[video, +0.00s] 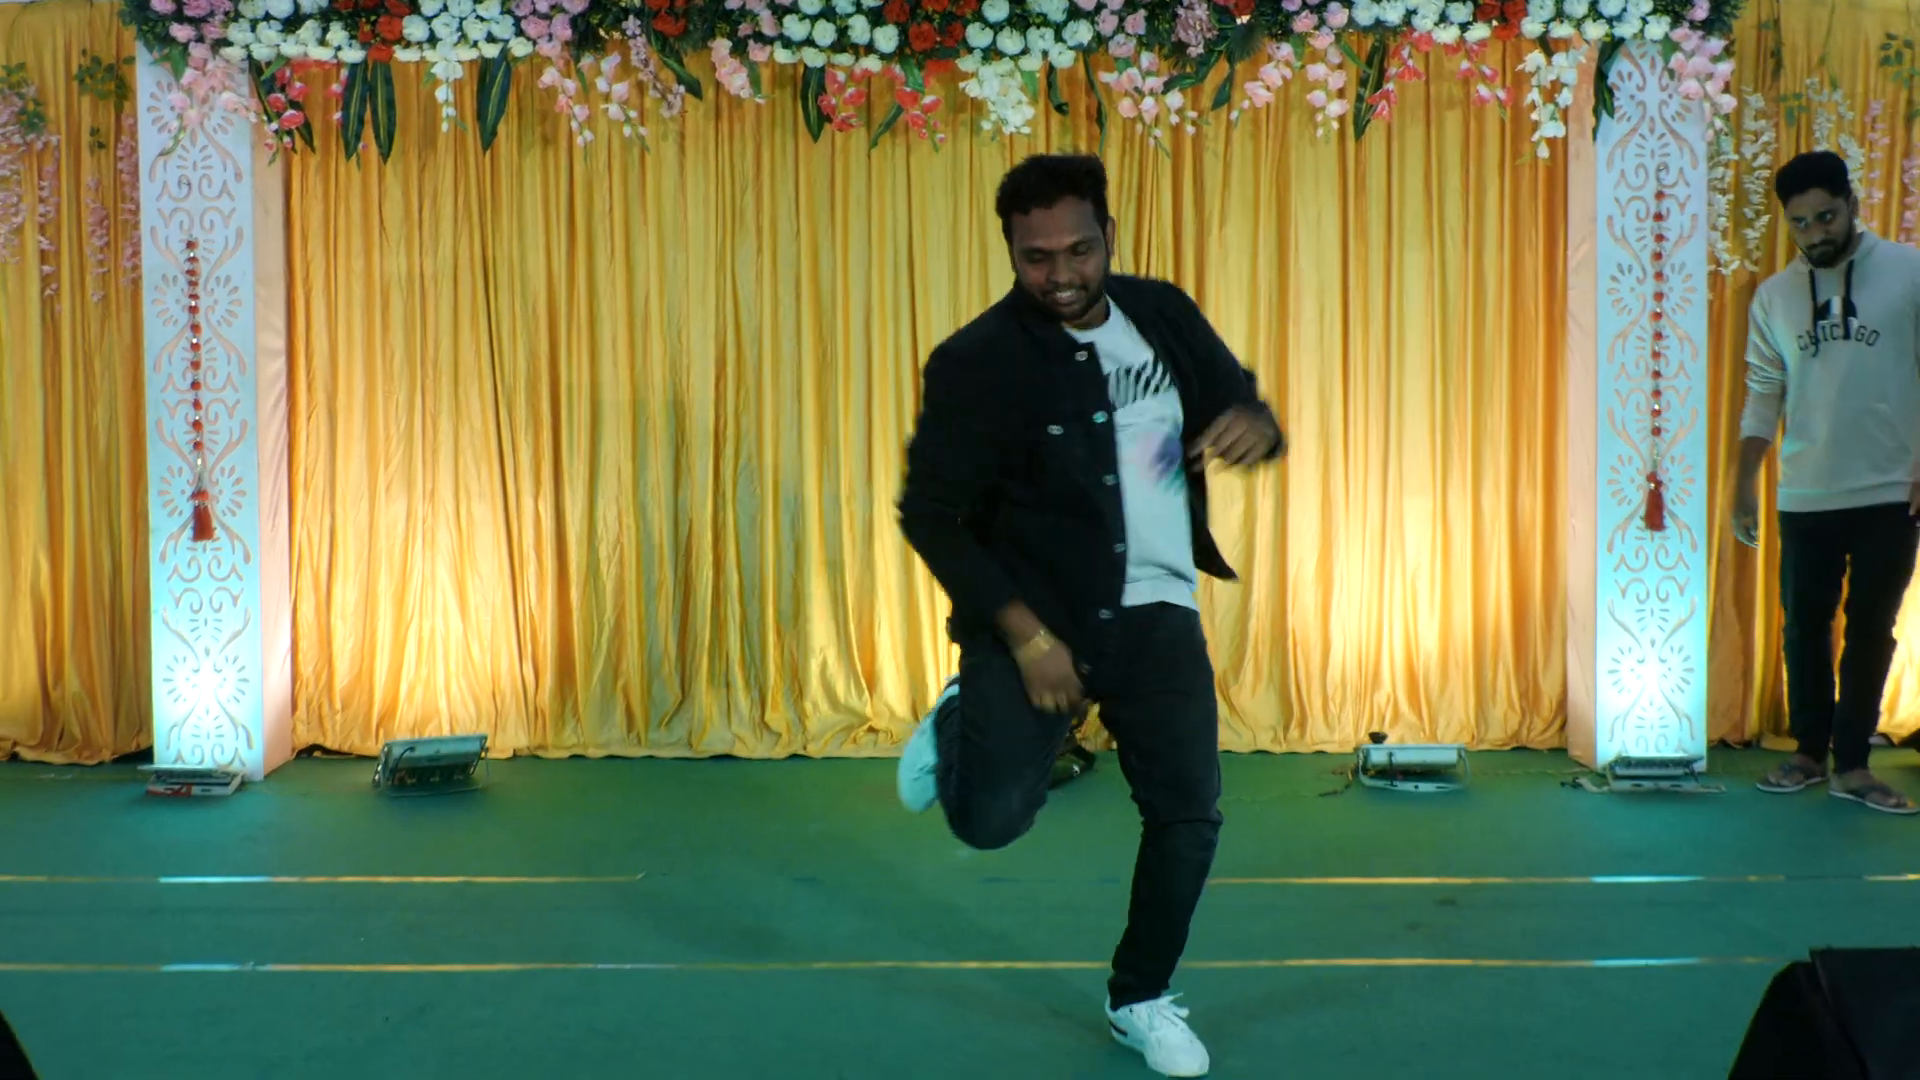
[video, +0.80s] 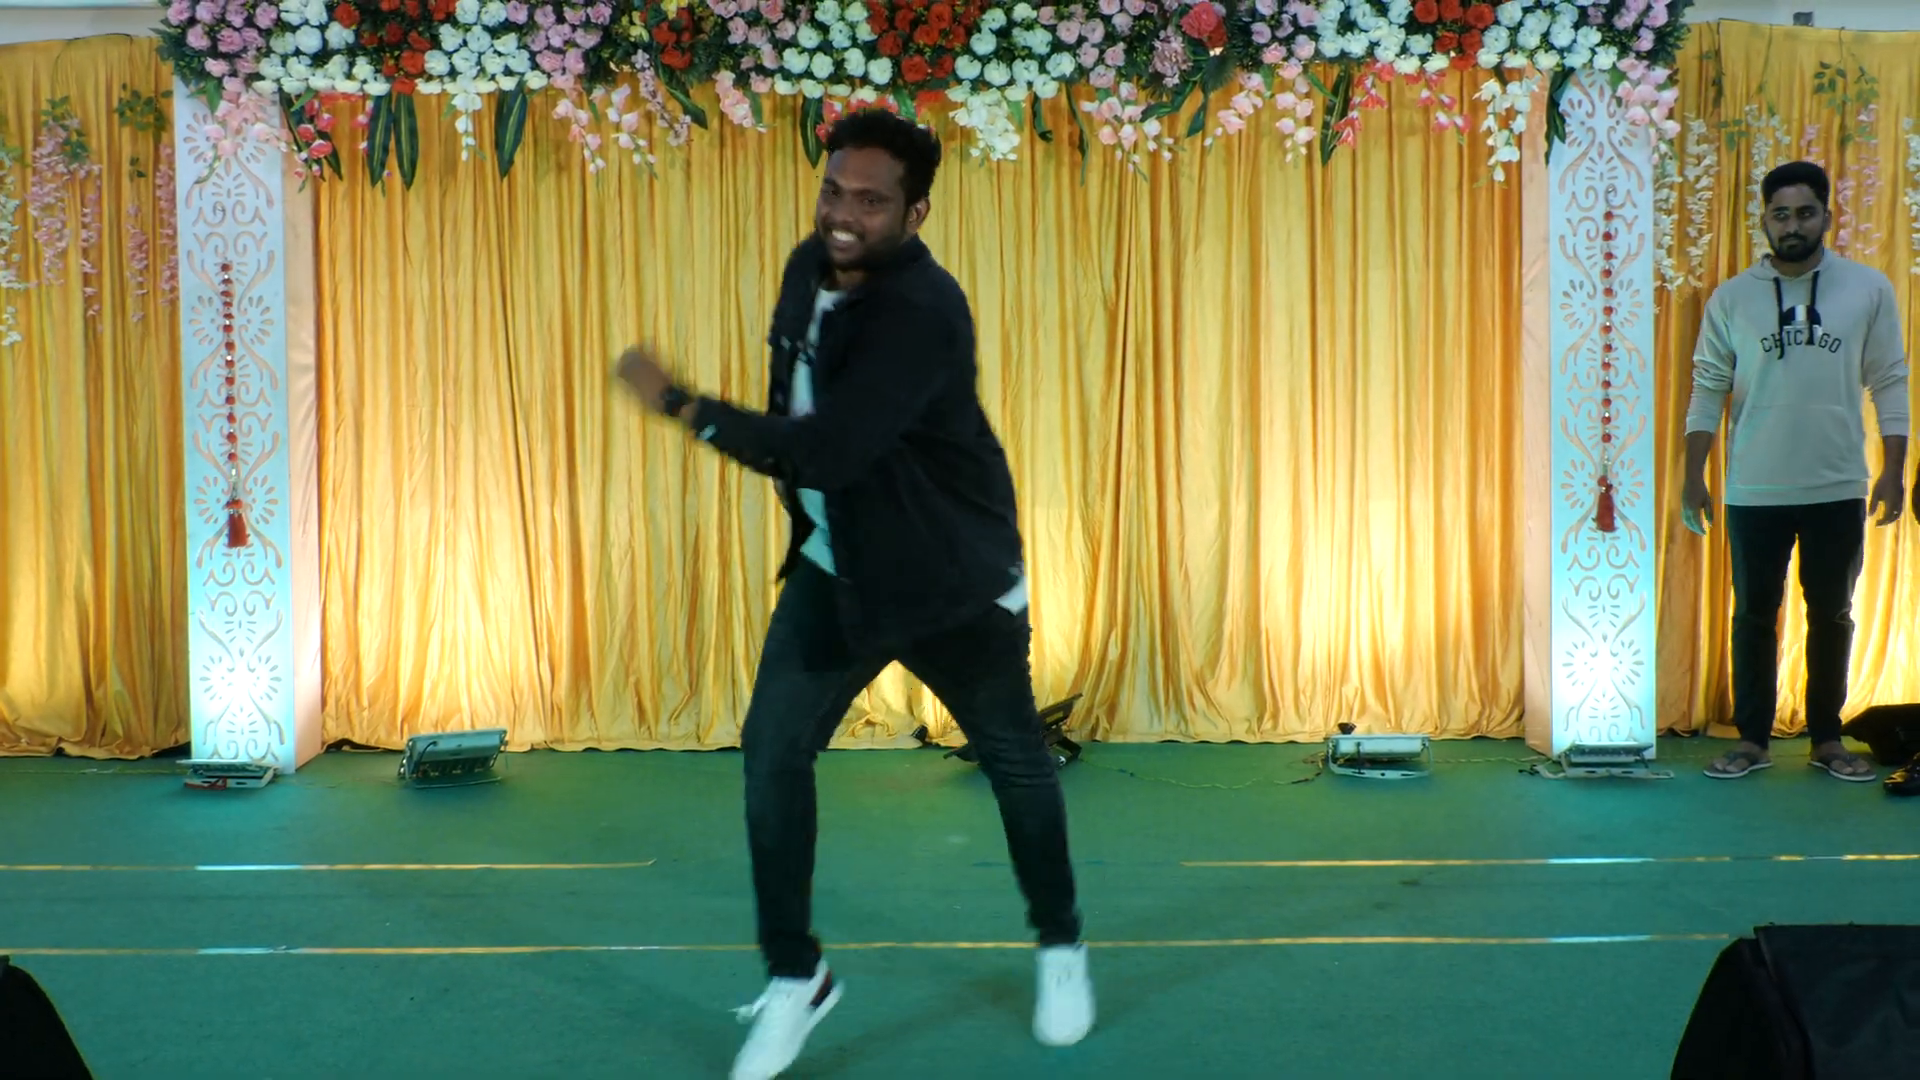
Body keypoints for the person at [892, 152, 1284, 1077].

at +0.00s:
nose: (1063, 276)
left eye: (1079, 251)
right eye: (1039, 258)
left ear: (1109, 240)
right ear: (1010, 255)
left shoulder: (1163, 314)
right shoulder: (974, 364)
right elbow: (928, 514)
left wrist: (1252, 425)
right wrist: (1023, 630)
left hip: (1158, 616)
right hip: (1032, 623)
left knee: (1187, 816)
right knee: (991, 820)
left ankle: (1139, 993)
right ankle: (956, 724)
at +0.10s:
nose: (1066, 290)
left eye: (1084, 267)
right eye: (1045, 270)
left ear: (1111, 254)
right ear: (1013, 258)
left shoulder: (1166, 341)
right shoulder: (952, 335)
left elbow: (1229, 489)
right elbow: (896, 457)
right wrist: (962, 554)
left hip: (1147, 605)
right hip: (1020, 598)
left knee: (1176, 805)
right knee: (984, 780)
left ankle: (1140, 982)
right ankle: (997, 791)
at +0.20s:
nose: (1046, 269)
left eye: (1064, 248)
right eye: (1026, 250)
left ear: (1095, 239)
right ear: (998, 242)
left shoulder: (1137, 331)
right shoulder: (952, 290)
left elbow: (1155, 481)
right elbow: (883, 389)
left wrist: (1020, 441)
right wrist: (903, 480)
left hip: (1113, 590)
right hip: (990, 570)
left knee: (1150, 790)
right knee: (936, 744)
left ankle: (1145, 972)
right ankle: (1007, 845)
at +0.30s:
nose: (1003, 242)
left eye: (1023, 223)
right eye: (984, 223)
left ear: (1060, 210)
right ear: (963, 212)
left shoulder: (1096, 302)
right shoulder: (932, 250)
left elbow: (1084, 455)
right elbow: (879, 354)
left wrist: (944, 404)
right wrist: (860, 446)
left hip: (1070, 561)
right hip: (952, 550)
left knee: (1123, 761)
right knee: (888, 745)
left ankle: (1156, 955)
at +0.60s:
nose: (897, 255)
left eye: (919, 239)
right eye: (884, 233)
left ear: (966, 238)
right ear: (869, 228)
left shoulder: (1005, 345)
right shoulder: (854, 293)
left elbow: (987, 511)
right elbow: (832, 417)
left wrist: (868, 430)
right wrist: (814, 517)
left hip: (985, 611)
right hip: (877, 601)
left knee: (1012, 798)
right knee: (845, 791)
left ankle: (1052, 964)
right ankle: (877, 983)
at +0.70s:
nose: (871, 249)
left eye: (894, 232)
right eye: (859, 228)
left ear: (940, 235)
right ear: (845, 226)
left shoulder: (974, 341)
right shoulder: (840, 300)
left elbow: (901, 482)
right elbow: (838, 433)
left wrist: (803, 398)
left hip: (970, 607)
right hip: (861, 588)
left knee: (1004, 797)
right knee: (790, 751)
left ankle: (1052, 965)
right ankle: (840, 954)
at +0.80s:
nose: (842, 213)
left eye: (867, 200)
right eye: (833, 192)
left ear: (913, 212)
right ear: (821, 189)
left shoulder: (925, 310)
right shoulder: (810, 267)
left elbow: (829, 451)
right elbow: (798, 393)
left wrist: (684, 405)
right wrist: (801, 479)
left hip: (954, 583)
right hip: (837, 575)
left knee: (1017, 762)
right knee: (772, 751)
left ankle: (1061, 947)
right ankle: (793, 976)